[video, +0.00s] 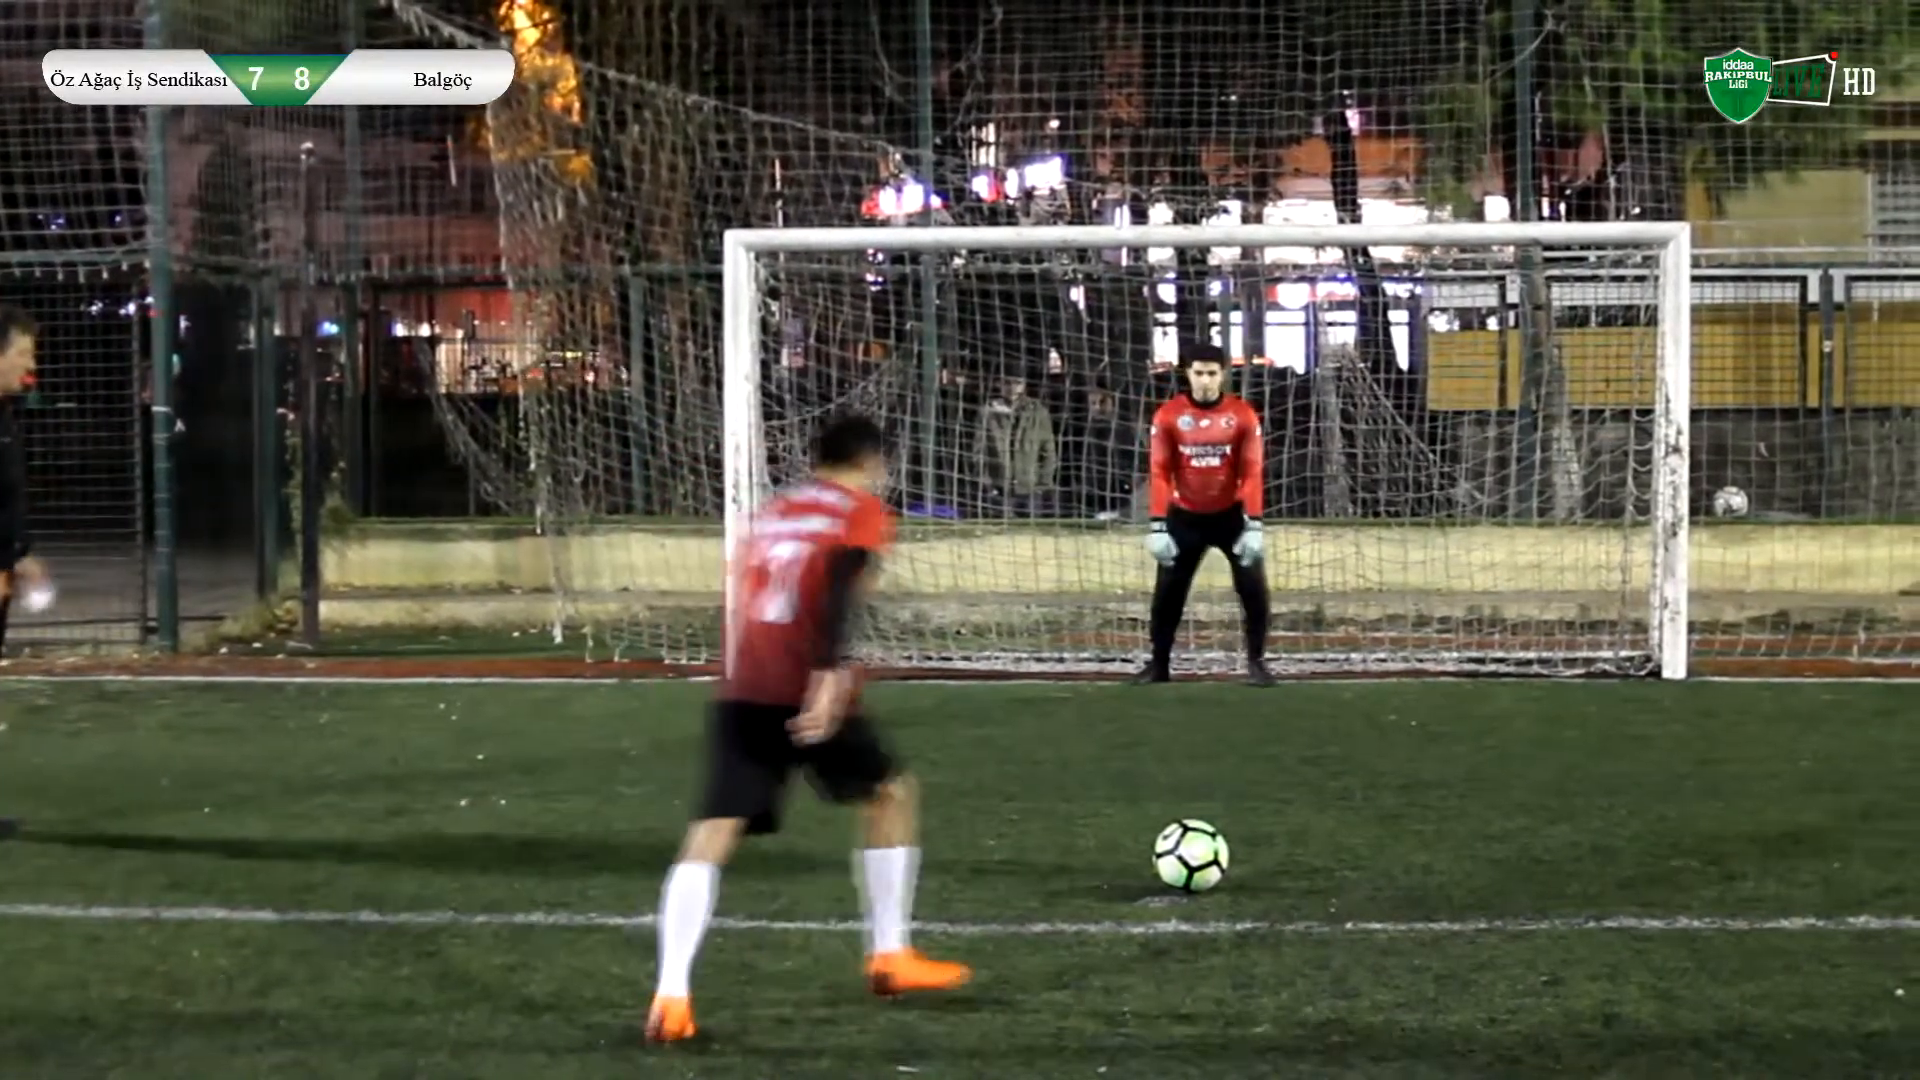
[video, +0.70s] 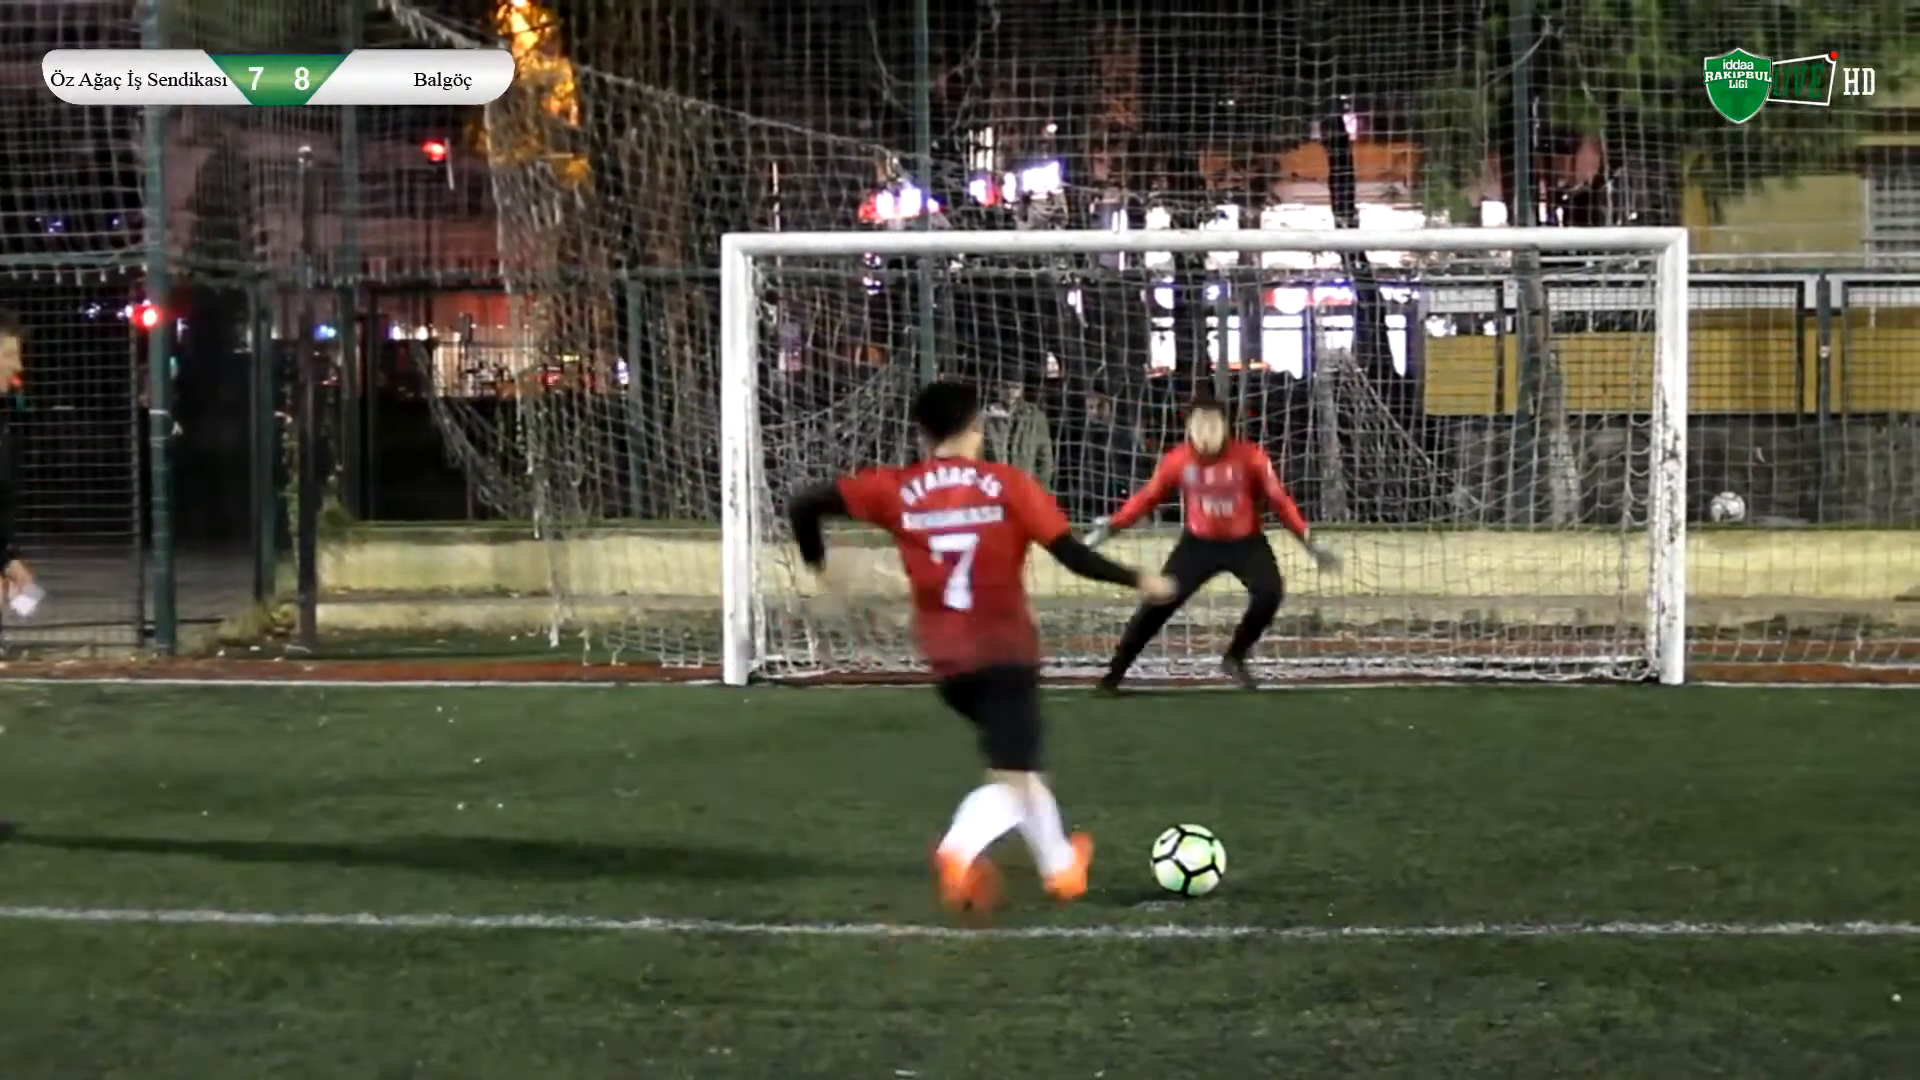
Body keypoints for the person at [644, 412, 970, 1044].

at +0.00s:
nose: (882, 474)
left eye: (882, 464)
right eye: (881, 464)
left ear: (821, 458)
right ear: (868, 462)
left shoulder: (768, 511)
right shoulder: (862, 511)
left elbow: (748, 600)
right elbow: (842, 588)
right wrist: (833, 672)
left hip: (740, 695)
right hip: (807, 693)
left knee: (712, 832)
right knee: (889, 791)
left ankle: (671, 992)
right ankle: (891, 950)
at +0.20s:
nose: (926, 490)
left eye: (923, 481)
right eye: (924, 480)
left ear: (866, 475)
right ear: (912, 478)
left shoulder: (819, 523)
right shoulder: (915, 528)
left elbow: (798, 614)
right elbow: (910, 602)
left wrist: (812, 667)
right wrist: (900, 672)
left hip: (802, 697)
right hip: (870, 698)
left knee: (784, 832)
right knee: (933, 814)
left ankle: (707, 961)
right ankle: (897, 963)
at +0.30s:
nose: (944, 489)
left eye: (942, 480)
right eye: (942, 480)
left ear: (883, 480)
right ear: (932, 481)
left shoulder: (850, 522)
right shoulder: (940, 526)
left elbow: (813, 567)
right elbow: (946, 593)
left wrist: (864, 606)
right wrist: (968, 686)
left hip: (830, 697)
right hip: (896, 698)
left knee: (834, 846)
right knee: (950, 822)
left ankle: (747, 934)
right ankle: (900, 965)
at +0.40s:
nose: (960, 480)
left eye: (958, 470)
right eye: (957, 470)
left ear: (899, 471)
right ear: (949, 472)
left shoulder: (860, 518)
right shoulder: (960, 525)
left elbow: (821, 538)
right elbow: (1006, 607)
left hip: (860, 695)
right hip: (919, 696)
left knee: (920, 827)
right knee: (964, 826)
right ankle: (905, 960)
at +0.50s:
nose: (970, 461)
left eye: (965, 452)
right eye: (968, 452)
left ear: (912, 455)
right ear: (959, 453)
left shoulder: (874, 499)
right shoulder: (984, 510)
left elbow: (804, 492)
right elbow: (1033, 592)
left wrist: (843, 545)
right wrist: (1083, 642)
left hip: (881, 678)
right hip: (942, 678)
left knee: (946, 800)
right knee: (971, 819)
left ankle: (907, 898)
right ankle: (912, 947)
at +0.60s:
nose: (974, 441)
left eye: (968, 432)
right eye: (972, 431)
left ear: (918, 438)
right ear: (967, 436)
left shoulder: (894, 488)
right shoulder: (998, 492)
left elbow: (803, 479)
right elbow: (1057, 560)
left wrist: (829, 541)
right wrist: (1100, 598)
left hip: (917, 663)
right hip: (973, 660)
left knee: (1002, 765)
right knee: (978, 793)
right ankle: (930, 920)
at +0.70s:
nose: (983, 431)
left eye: (979, 423)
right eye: (980, 423)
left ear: (924, 433)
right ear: (975, 427)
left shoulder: (897, 488)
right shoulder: (1009, 483)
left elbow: (804, 503)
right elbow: (1074, 555)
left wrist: (815, 559)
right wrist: (1139, 580)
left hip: (948, 663)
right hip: (1006, 656)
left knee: (1019, 764)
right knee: (1015, 781)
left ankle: (1059, 863)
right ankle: (959, 848)